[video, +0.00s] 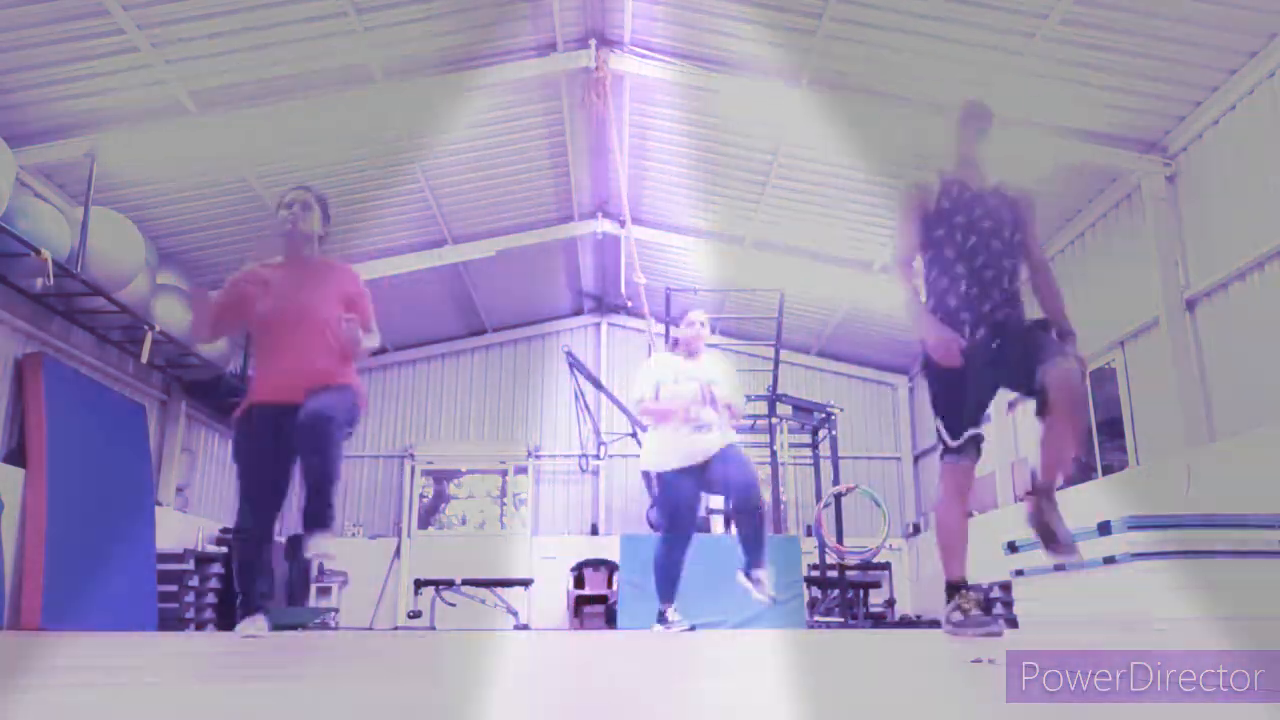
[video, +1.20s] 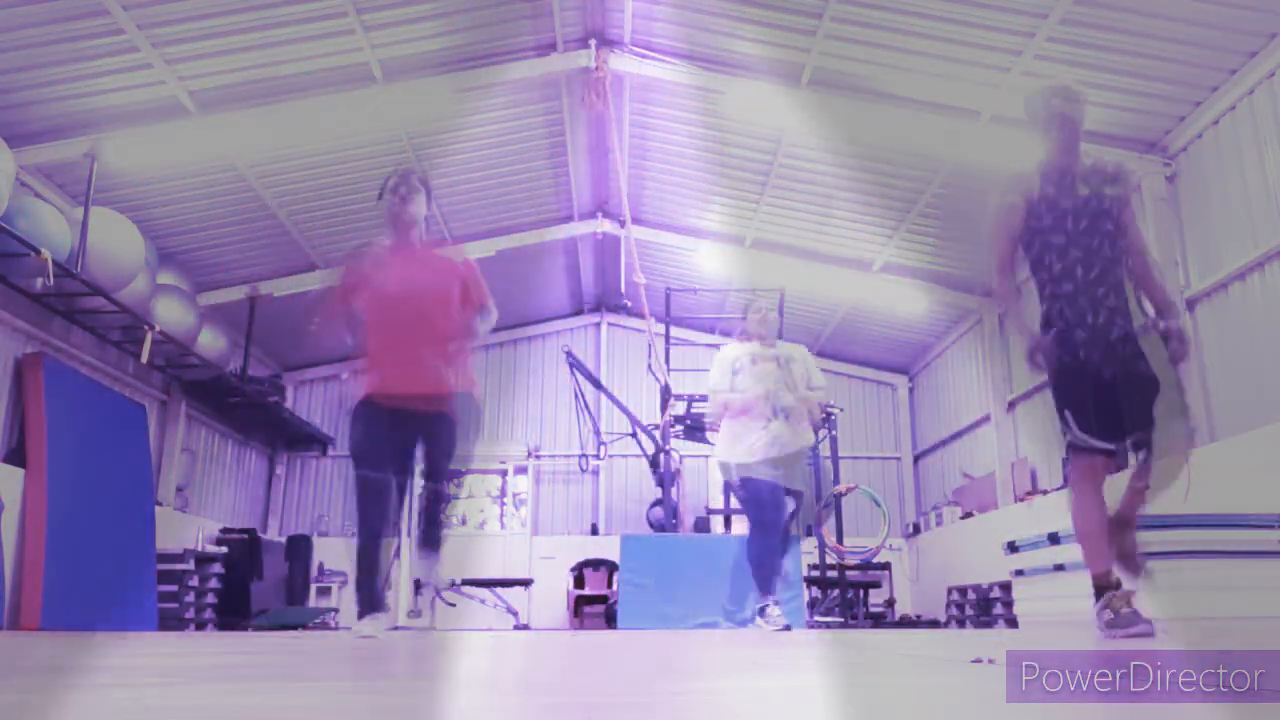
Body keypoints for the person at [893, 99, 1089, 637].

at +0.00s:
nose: (972, 136)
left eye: (980, 128)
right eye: (966, 127)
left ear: (988, 137)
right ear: (953, 134)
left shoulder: (1012, 202)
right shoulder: (925, 197)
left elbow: (1038, 269)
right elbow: (903, 266)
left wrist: (1061, 328)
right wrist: (927, 327)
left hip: (1010, 334)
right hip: (953, 340)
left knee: (1067, 376)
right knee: (958, 467)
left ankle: (1044, 497)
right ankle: (958, 595)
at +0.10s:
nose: (988, 133)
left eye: (997, 124)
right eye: (981, 122)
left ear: (1009, 132)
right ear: (966, 127)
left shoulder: (1026, 195)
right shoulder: (940, 188)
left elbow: (1052, 267)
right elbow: (907, 261)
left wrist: (1077, 331)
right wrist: (932, 319)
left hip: (1020, 328)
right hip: (960, 334)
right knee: (959, 463)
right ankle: (953, 592)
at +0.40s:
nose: (1036, 138)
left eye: (1044, 130)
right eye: (1028, 127)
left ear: (1054, 139)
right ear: (1009, 135)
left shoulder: (1079, 197)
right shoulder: (983, 194)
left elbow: (1100, 272)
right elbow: (955, 270)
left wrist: (1118, 340)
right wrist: (969, 335)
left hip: (1073, 349)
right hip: (1008, 349)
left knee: (1099, 469)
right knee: (1008, 458)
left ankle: (1102, 598)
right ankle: (956, 550)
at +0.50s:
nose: (1040, 135)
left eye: (1048, 127)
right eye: (1032, 125)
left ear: (1058, 133)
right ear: (1015, 129)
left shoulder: (1085, 186)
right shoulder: (984, 188)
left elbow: (1112, 265)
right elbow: (962, 261)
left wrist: (1125, 333)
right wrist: (966, 326)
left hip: (1078, 330)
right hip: (1015, 326)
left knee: (1091, 467)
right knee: (1047, 405)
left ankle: (1097, 592)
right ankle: (990, 490)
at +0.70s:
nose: (1053, 137)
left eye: (1061, 132)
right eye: (1044, 131)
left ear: (1071, 149)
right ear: (1027, 149)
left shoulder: (1097, 210)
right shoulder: (997, 209)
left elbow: (1126, 283)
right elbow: (978, 290)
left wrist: (1149, 348)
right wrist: (974, 370)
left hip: (1093, 344)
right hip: (1029, 340)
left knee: (1101, 479)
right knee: (1098, 363)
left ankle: (1090, 601)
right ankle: (1042, 463)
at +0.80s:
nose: (1051, 122)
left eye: (1058, 115)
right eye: (1041, 115)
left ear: (1069, 125)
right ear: (1024, 127)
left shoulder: (1100, 183)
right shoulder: (1001, 191)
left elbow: (1131, 255)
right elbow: (977, 273)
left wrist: (1148, 316)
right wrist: (975, 346)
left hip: (1099, 326)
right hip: (1038, 323)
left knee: (1107, 465)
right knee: (1090, 384)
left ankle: (1103, 588)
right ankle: (1075, 524)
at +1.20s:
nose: (1067, 137)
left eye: (1073, 127)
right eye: (1058, 127)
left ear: (1084, 131)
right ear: (1040, 132)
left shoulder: (1109, 190)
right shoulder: (1025, 200)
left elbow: (1138, 262)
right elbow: (1003, 281)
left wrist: (1170, 317)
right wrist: (1026, 337)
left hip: (1120, 337)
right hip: (1069, 343)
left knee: (1166, 441)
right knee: (1087, 463)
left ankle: (1124, 521)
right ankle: (1106, 592)